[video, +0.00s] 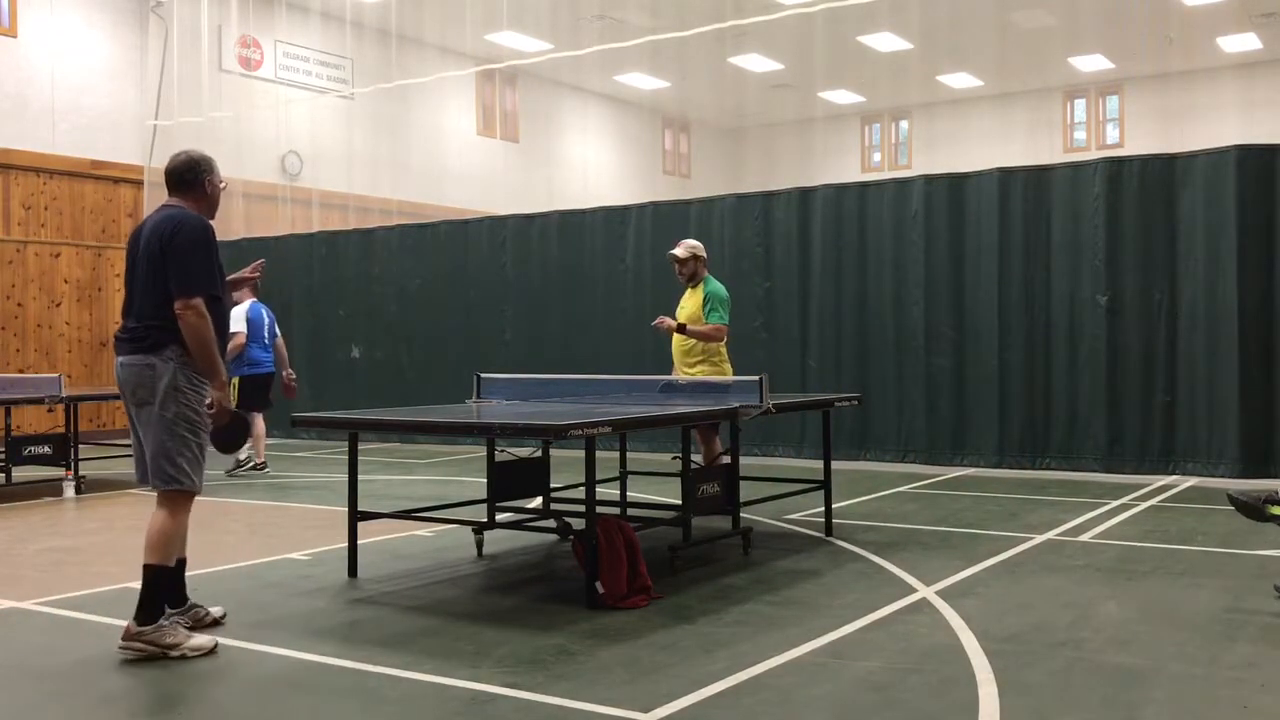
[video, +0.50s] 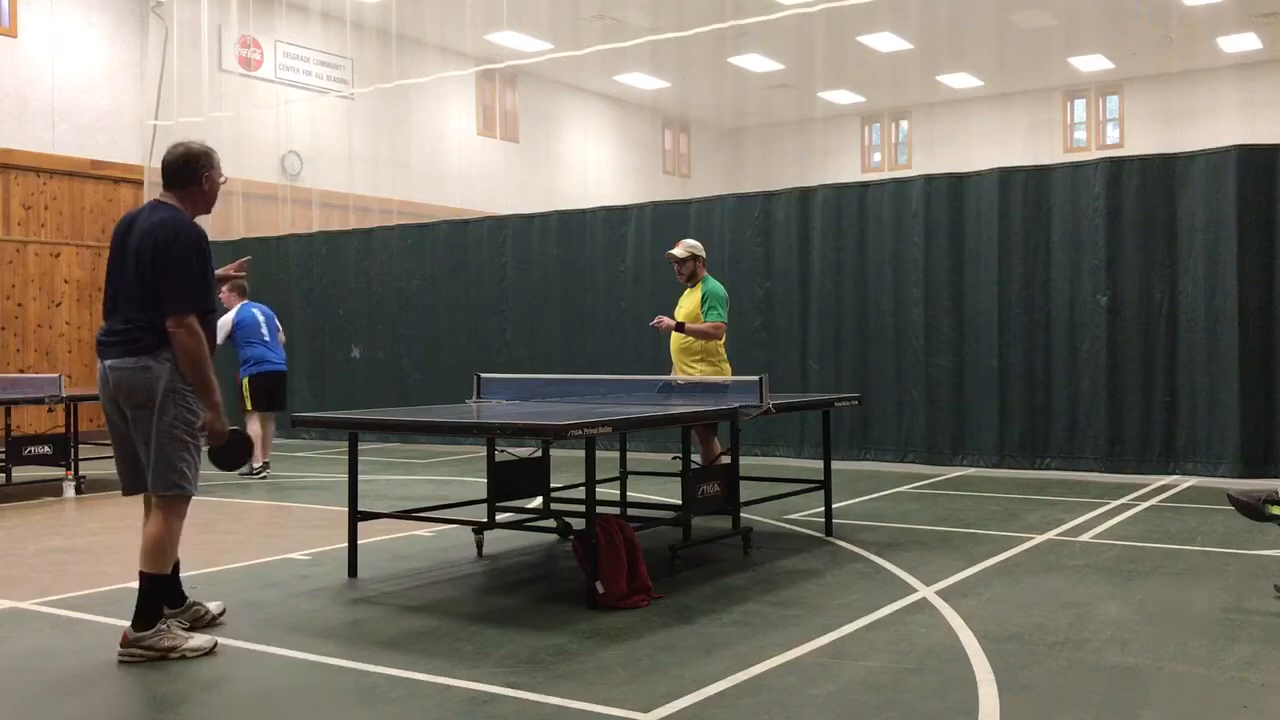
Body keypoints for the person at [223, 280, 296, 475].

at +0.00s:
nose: (233, 295)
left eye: (235, 290)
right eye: (233, 291)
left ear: (246, 289)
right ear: (252, 290)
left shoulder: (239, 310)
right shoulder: (266, 311)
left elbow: (239, 340)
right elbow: (279, 342)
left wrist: (221, 360)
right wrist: (286, 368)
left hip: (246, 371)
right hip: (267, 370)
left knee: (237, 414)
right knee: (256, 414)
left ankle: (242, 455)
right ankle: (260, 459)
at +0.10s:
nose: (234, 291)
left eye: (237, 287)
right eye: (235, 287)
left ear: (247, 289)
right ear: (254, 291)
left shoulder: (240, 310)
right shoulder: (269, 311)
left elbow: (238, 341)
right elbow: (280, 342)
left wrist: (225, 359)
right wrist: (287, 369)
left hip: (248, 371)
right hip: (268, 370)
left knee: (243, 414)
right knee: (258, 415)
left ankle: (248, 455)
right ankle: (260, 459)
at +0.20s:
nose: (235, 291)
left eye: (238, 288)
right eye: (236, 288)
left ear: (249, 290)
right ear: (253, 291)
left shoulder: (241, 310)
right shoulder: (271, 312)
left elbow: (235, 342)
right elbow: (280, 345)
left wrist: (223, 357)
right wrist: (281, 372)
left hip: (249, 371)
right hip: (269, 371)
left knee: (248, 415)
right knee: (259, 415)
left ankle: (253, 456)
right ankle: (261, 459)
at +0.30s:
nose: (233, 292)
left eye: (236, 289)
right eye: (234, 288)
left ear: (248, 291)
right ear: (254, 291)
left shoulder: (240, 312)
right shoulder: (270, 312)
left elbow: (228, 345)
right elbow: (279, 344)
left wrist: (216, 350)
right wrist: (275, 367)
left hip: (251, 372)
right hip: (271, 371)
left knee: (250, 416)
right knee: (258, 416)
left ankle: (258, 460)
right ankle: (259, 459)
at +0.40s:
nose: (227, 292)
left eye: (231, 288)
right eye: (229, 288)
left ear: (242, 292)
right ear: (247, 293)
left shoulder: (234, 315)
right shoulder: (268, 311)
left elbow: (218, 344)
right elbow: (278, 341)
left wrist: (206, 364)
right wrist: (275, 363)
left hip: (252, 372)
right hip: (274, 371)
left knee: (249, 418)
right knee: (261, 417)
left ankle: (258, 462)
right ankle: (260, 460)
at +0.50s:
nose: (221, 298)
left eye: (223, 293)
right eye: (221, 293)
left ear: (235, 295)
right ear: (242, 295)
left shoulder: (230, 317)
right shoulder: (265, 310)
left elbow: (212, 345)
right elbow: (281, 337)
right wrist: (272, 358)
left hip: (255, 370)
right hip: (278, 368)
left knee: (253, 416)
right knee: (269, 416)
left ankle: (257, 462)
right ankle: (265, 459)